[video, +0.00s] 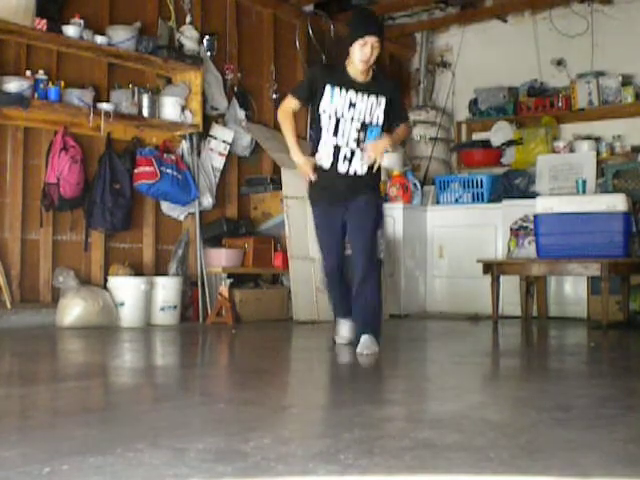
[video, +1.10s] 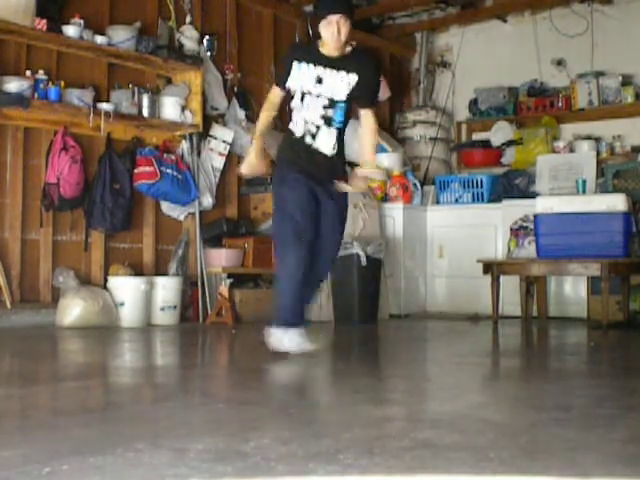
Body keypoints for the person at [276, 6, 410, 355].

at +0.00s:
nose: (369, 52)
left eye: (374, 46)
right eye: (363, 45)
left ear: (379, 50)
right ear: (349, 46)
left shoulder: (386, 88)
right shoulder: (322, 79)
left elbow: (403, 127)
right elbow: (285, 110)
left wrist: (386, 142)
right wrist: (298, 155)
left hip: (363, 188)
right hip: (325, 187)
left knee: (365, 259)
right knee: (332, 261)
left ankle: (367, 332)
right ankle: (343, 317)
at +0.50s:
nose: (382, 72)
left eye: (387, 68)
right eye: (382, 65)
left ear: (386, 64)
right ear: (369, 55)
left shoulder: (384, 91)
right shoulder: (325, 79)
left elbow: (394, 135)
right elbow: (283, 105)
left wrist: (392, 87)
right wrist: (276, 141)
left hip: (352, 194)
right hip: (312, 190)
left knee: (344, 267)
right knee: (299, 262)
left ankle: (347, 335)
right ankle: (301, 334)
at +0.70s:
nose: (382, 44)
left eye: (386, 40)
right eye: (382, 37)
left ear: (382, 36)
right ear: (367, 28)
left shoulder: (380, 66)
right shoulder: (320, 54)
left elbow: (383, 110)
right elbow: (268, 75)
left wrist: (381, 55)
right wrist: (256, 117)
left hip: (348, 169)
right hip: (309, 163)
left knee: (347, 249)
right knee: (300, 233)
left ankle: (342, 327)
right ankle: (278, 309)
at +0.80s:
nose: (376, 29)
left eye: (379, 24)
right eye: (373, 21)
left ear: (377, 25)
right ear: (355, 16)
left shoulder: (375, 57)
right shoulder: (316, 46)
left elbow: (372, 98)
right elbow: (266, 77)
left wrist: (368, 43)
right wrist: (222, 113)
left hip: (345, 160)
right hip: (307, 153)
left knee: (344, 239)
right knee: (318, 226)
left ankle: (309, 308)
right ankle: (296, 310)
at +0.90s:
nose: (351, 42)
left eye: (356, 37)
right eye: (347, 34)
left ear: (360, 36)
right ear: (330, 25)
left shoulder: (360, 63)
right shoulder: (307, 58)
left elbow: (359, 101)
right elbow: (270, 87)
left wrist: (337, 59)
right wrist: (235, 117)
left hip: (335, 172)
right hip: (311, 170)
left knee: (322, 251)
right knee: (331, 248)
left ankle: (268, 322)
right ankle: (313, 330)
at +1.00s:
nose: (345, 34)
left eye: (349, 27)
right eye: (338, 28)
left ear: (357, 32)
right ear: (325, 32)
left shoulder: (366, 68)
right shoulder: (304, 62)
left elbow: (360, 105)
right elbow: (275, 96)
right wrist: (248, 130)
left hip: (335, 169)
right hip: (304, 164)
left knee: (316, 249)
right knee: (322, 246)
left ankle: (263, 326)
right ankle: (307, 336)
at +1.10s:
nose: (336, 29)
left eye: (342, 22)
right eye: (328, 22)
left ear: (351, 25)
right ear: (317, 26)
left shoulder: (362, 65)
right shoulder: (298, 56)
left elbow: (367, 119)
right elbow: (272, 103)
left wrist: (368, 164)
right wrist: (256, 145)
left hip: (332, 174)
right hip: (294, 165)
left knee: (324, 254)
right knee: (296, 243)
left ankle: (285, 322)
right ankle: (287, 328)